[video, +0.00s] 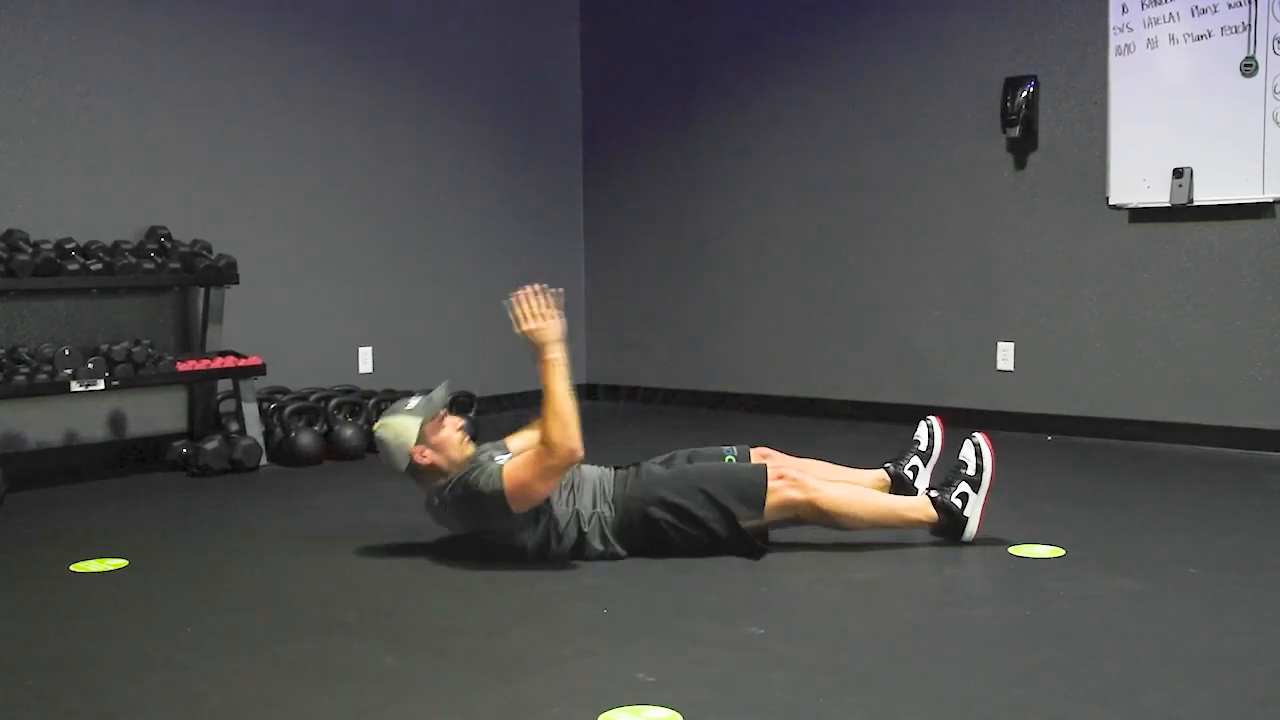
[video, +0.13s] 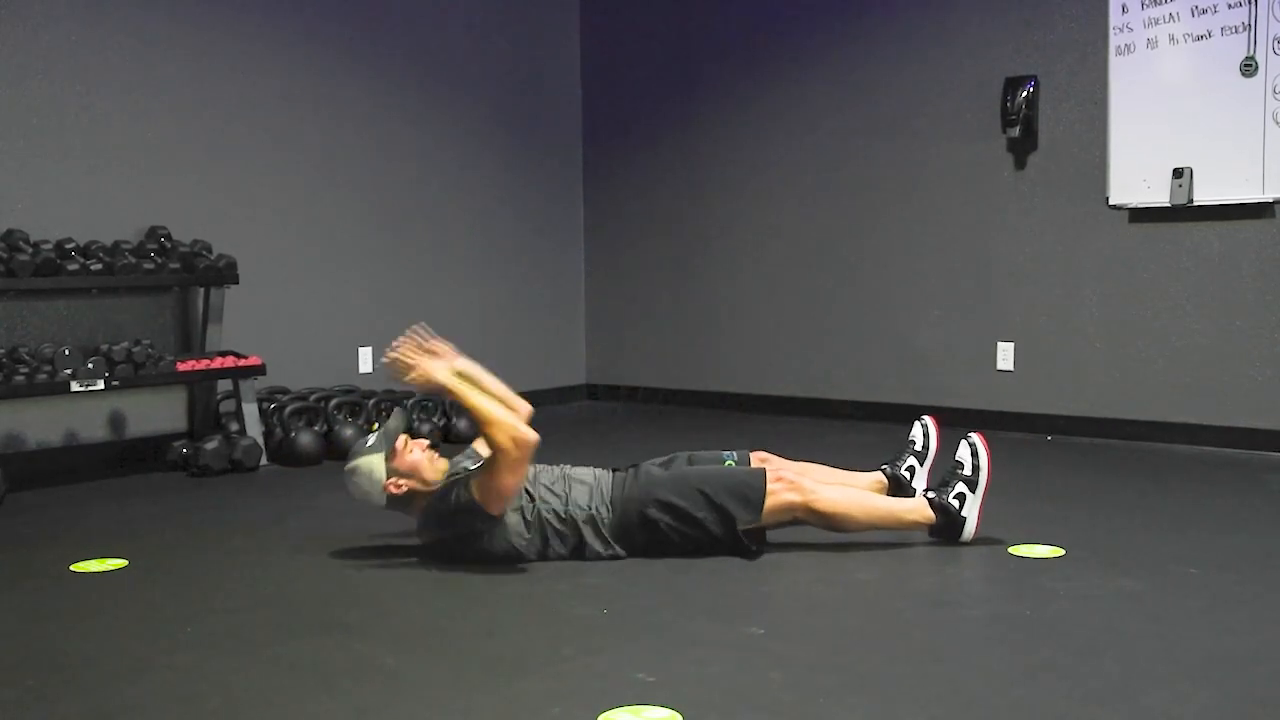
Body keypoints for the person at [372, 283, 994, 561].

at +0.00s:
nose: (455, 423)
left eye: (446, 417)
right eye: (440, 426)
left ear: (439, 437)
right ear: (423, 457)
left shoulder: (470, 461)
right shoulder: (472, 493)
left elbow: (546, 443)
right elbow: (564, 448)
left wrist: (554, 365)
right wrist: (550, 348)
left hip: (624, 485)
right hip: (622, 512)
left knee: (768, 458)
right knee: (789, 487)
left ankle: (896, 482)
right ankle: (940, 513)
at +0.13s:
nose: (413, 447)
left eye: (403, 442)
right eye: (400, 454)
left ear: (414, 451)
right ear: (399, 486)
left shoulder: (453, 483)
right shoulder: (458, 516)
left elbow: (516, 419)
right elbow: (513, 434)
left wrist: (454, 363)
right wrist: (450, 372)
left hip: (629, 485)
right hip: (629, 508)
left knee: (772, 466)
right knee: (788, 493)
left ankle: (899, 485)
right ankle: (940, 516)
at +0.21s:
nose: (404, 461)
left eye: (392, 459)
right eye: (391, 467)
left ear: (403, 469)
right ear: (397, 495)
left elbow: (475, 412)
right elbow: (476, 422)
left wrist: (384, 391)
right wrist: (387, 407)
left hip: (627, 485)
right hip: (627, 513)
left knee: (769, 468)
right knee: (787, 488)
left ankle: (895, 486)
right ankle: (940, 513)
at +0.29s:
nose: (387, 483)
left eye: (377, 480)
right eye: (376, 491)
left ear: (394, 479)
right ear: (389, 511)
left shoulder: (444, 490)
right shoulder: (443, 515)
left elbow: (438, 409)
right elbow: (439, 416)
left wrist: (350, 438)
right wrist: (347, 440)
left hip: (626, 486)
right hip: (626, 513)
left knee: (770, 468)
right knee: (785, 490)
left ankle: (897, 485)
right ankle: (938, 516)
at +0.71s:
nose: (387, 471)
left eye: (376, 471)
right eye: (376, 477)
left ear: (385, 480)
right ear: (386, 502)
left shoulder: (435, 495)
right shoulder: (437, 520)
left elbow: (444, 409)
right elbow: (444, 413)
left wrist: (359, 414)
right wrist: (358, 419)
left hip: (622, 485)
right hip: (623, 512)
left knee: (767, 462)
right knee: (787, 485)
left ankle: (897, 486)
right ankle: (938, 512)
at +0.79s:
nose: (418, 439)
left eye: (406, 435)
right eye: (403, 445)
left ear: (413, 453)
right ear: (398, 482)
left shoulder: (449, 486)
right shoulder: (448, 508)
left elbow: (500, 417)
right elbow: (507, 416)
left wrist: (438, 350)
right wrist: (434, 352)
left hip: (619, 489)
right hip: (622, 510)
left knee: (765, 464)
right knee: (785, 489)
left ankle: (891, 483)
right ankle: (940, 513)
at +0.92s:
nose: (464, 403)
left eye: (454, 398)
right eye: (449, 407)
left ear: (437, 431)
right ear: (432, 437)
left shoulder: (470, 454)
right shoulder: (472, 473)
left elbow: (555, 416)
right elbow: (575, 427)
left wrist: (580, 332)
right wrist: (586, 328)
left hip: (620, 490)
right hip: (621, 512)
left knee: (765, 458)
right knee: (791, 483)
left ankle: (895, 481)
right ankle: (942, 510)